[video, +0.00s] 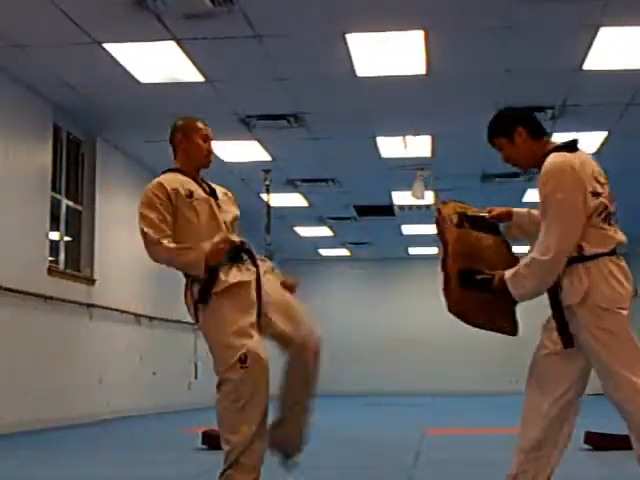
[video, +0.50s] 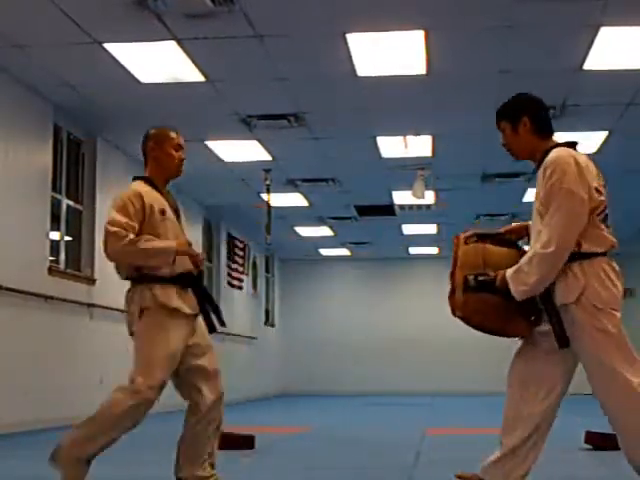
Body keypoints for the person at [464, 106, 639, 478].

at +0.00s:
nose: (505, 160)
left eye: (503, 149)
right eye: (500, 153)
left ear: (521, 136)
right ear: (530, 136)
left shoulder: (559, 167)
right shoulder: (572, 163)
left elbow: (555, 246)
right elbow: (563, 226)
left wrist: (507, 282)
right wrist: (511, 217)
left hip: (593, 281)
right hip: (576, 283)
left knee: (626, 387)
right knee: (549, 389)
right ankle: (528, 474)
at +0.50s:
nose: (504, 144)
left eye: (505, 134)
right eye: (502, 136)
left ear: (525, 126)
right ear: (530, 127)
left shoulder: (563, 163)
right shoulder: (557, 163)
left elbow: (557, 240)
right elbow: (559, 222)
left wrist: (511, 282)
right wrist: (518, 231)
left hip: (586, 279)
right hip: (563, 281)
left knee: (617, 383)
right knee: (532, 376)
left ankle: (638, 462)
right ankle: (504, 472)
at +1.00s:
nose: (415, 142)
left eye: (416, 132)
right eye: (413, 134)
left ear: (434, 127)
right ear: (451, 127)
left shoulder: (457, 158)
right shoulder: (484, 160)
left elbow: (446, 232)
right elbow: (466, 229)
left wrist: (404, 274)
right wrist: (416, 230)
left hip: (481, 276)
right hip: (504, 273)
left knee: (439, 367)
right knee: (499, 381)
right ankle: (502, 467)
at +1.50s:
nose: (315, 134)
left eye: (319, 124)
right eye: (316, 125)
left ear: (338, 122)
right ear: (353, 124)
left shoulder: (352, 161)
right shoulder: (393, 158)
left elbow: (335, 235)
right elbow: (372, 220)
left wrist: (297, 277)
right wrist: (318, 233)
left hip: (382, 277)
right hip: (421, 272)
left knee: (353, 381)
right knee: (441, 386)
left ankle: (346, 471)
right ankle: (478, 471)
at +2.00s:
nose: (322, 143)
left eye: (323, 134)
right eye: (321, 135)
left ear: (341, 131)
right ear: (359, 131)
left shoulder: (356, 172)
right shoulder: (397, 163)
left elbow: (339, 244)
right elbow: (382, 231)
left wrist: (301, 285)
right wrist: (329, 251)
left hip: (385, 282)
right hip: (421, 274)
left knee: (336, 372)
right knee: (437, 378)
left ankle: (340, 471)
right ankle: (494, 463)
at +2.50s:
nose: (425, 148)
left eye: (425, 138)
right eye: (422, 140)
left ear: (443, 130)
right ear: (449, 129)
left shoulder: (479, 150)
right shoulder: (482, 153)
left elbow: (485, 216)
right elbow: (490, 220)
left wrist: (441, 243)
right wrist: (449, 230)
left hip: (518, 270)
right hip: (510, 272)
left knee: (510, 377)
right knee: (504, 380)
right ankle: (508, 473)